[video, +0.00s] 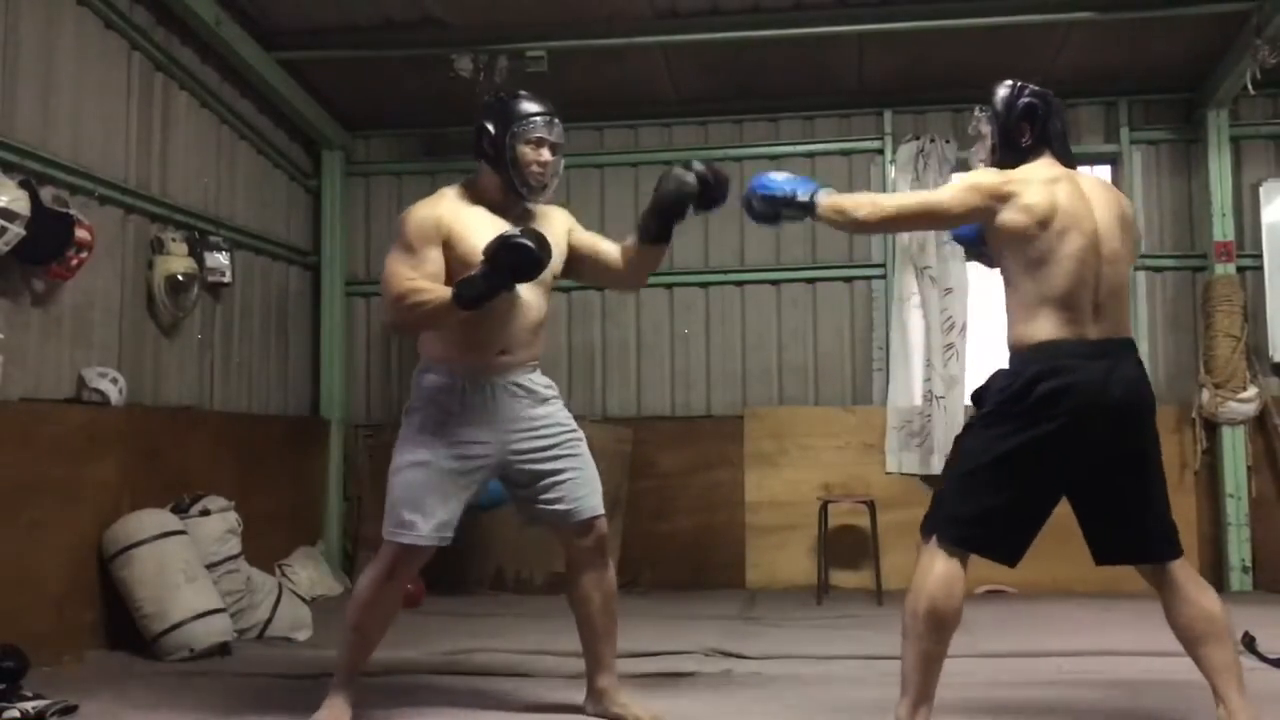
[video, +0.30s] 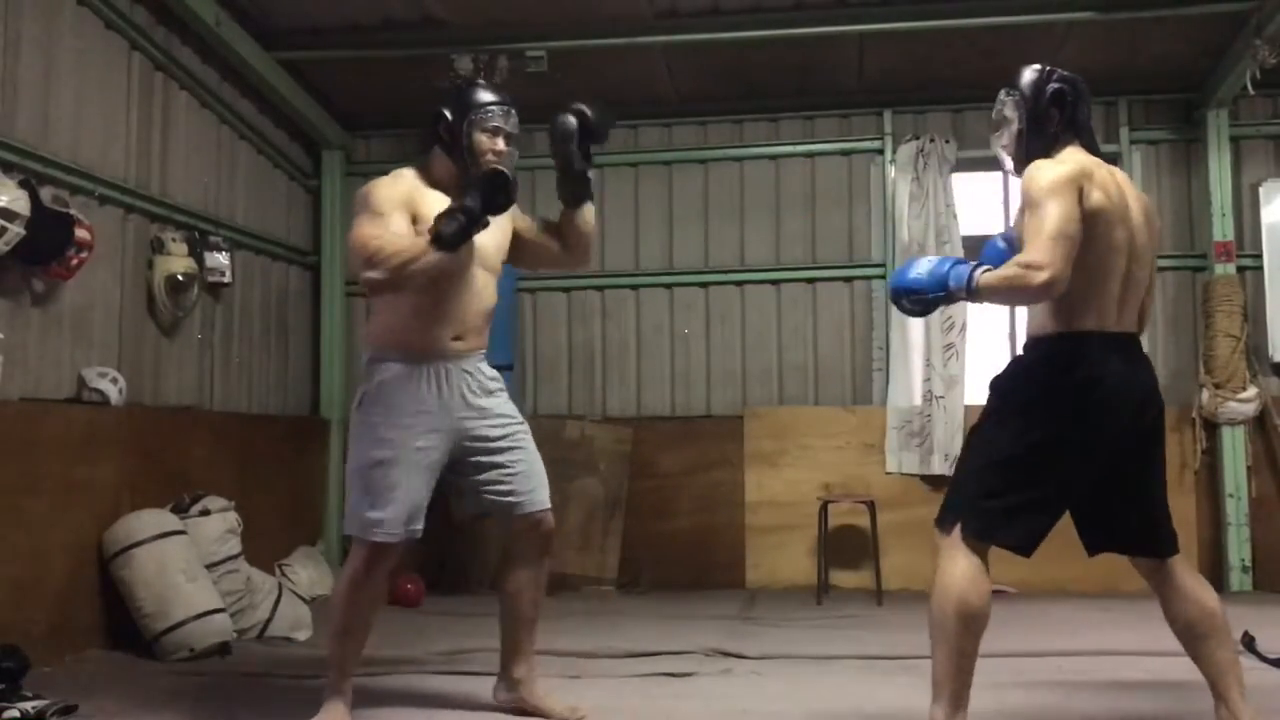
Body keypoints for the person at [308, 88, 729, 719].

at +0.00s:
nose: (548, 158)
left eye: (554, 147)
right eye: (534, 144)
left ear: (559, 155)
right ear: (494, 145)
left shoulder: (554, 224)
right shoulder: (434, 215)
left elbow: (629, 269)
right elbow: (402, 307)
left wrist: (661, 216)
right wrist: (482, 284)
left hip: (529, 395)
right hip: (447, 399)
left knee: (592, 530)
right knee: (404, 548)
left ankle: (604, 687)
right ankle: (340, 690)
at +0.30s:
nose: (503, 149)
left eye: (510, 139)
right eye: (491, 135)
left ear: (511, 146)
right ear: (450, 133)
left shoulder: (500, 217)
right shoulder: (393, 192)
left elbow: (574, 254)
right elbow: (369, 263)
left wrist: (574, 173)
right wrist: (454, 229)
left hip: (477, 383)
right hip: (401, 386)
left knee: (533, 521)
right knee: (378, 544)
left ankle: (518, 680)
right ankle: (337, 693)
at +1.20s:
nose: (555, 147)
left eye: (561, 135)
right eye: (541, 131)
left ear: (563, 143)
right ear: (499, 131)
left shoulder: (552, 217)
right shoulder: (439, 200)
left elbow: (617, 274)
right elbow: (387, 291)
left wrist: (624, 203)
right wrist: (473, 280)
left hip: (545, 390)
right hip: (463, 398)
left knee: (600, 540)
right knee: (427, 558)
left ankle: (627, 697)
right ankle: (371, 700)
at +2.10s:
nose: (614, 129)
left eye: (619, 118)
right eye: (601, 114)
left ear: (618, 126)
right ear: (556, 114)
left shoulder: (606, 194)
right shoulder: (497, 187)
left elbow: (683, 222)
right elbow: (457, 283)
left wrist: (677, 142)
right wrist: (544, 270)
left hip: (607, 379)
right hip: (537, 386)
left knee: (636, 540)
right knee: (528, 554)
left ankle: (648, 696)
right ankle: (444, 694)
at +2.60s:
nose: (557, 145)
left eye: (565, 134)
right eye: (546, 129)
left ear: (561, 144)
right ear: (507, 124)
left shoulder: (556, 218)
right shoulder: (453, 186)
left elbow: (626, 277)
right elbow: (446, 256)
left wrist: (673, 207)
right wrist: (527, 194)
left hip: (536, 394)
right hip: (457, 394)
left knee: (615, 534)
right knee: (463, 560)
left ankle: (592, 696)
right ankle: (397, 707)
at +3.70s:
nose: (582, 105)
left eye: (587, 93)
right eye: (568, 90)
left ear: (587, 103)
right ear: (522, 93)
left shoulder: (588, 174)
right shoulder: (469, 171)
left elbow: (667, 219)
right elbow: (424, 267)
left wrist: (736, 175)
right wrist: (518, 240)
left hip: (603, 370)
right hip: (527, 382)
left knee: (662, 518)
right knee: (566, 537)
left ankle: (653, 692)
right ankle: (502, 689)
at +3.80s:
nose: (554, 123)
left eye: (559, 110)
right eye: (539, 108)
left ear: (563, 118)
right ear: (494, 107)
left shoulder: (572, 191)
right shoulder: (442, 186)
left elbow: (648, 263)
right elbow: (439, 255)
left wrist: (730, 318)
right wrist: (525, 195)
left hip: (615, 346)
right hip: (545, 389)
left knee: (762, 417)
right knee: (586, 553)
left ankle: (749, 552)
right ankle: (559, 711)